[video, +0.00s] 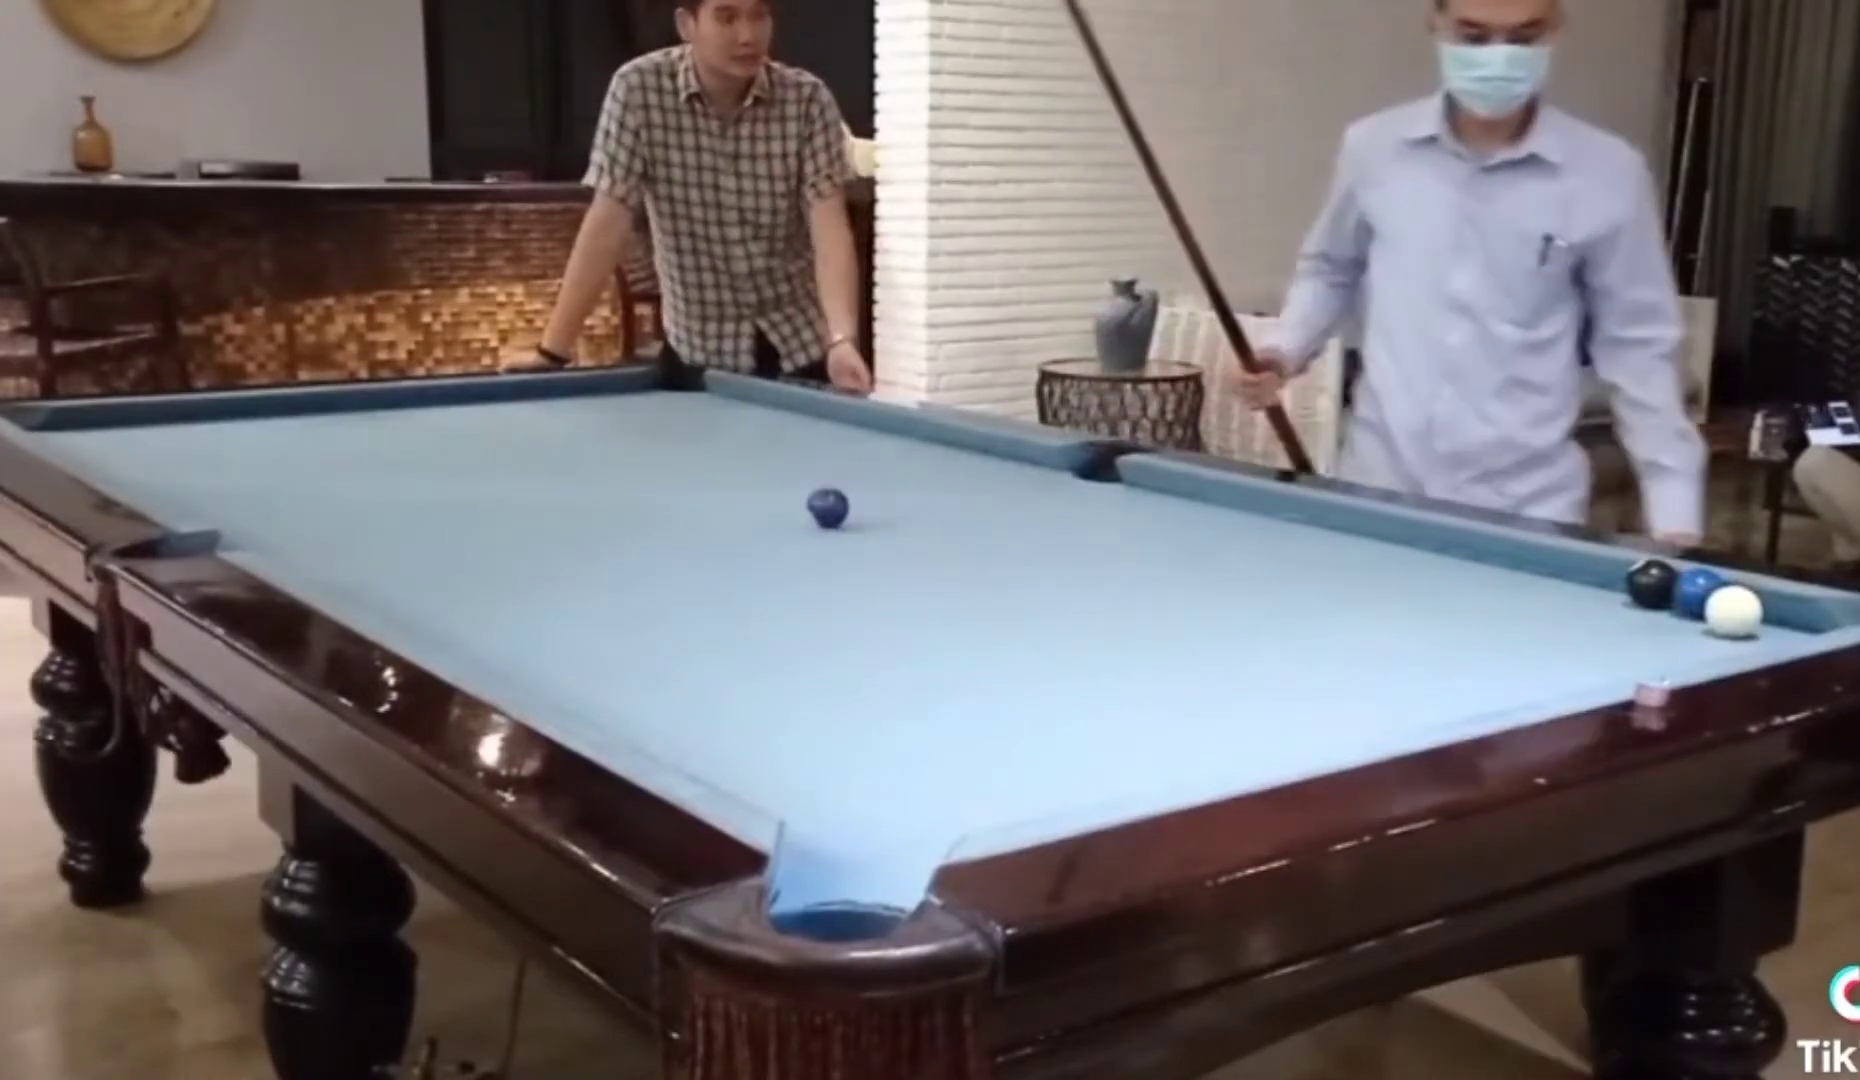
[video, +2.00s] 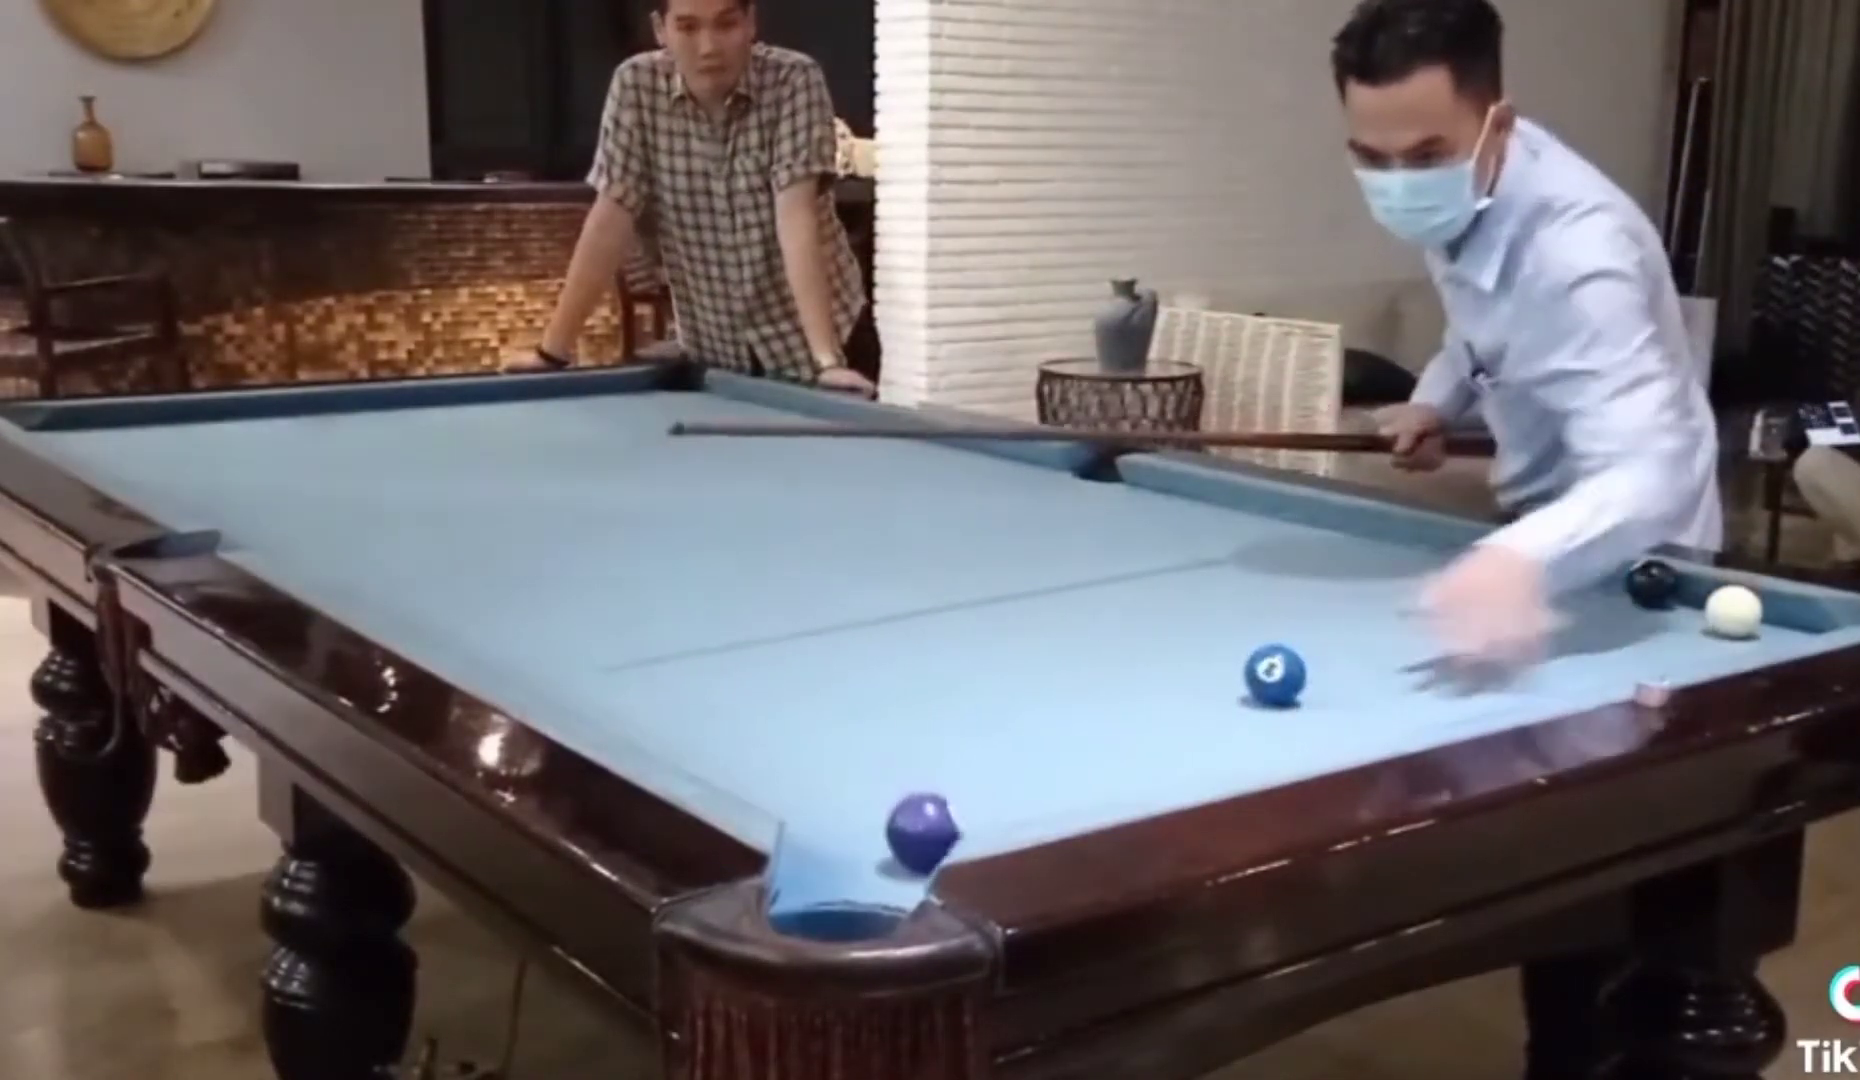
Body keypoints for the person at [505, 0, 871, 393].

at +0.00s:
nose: (747, 35)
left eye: (759, 17)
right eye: (727, 18)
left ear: (773, 23)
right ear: (686, 25)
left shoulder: (806, 98)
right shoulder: (640, 90)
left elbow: (830, 222)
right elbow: (608, 219)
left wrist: (842, 340)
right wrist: (552, 351)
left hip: (801, 336)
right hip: (700, 342)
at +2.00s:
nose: (708, 46)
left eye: (726, 25)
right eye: (688, 27)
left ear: (752, 25)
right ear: (661, 30)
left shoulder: (793, 80)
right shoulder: (637, 85)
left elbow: (798, 216)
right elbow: (612, 215)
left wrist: (828, 360)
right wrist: (553, 351)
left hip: (818, 349)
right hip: (711, 350)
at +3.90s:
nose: (721, 52)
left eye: (735, 30)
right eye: (700, 35)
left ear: (752, 26)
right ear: (663, 36)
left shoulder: (791, 80)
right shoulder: (636, 85)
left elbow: (797, 215)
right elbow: (611, 215)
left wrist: (828, 360)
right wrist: (552, 352)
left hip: (818, 347)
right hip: (712, 350)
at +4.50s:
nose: (717, 55)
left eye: (733, 33)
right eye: (696, 38)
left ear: (751, 29)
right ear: (662, 37)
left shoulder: (792, 80)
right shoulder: (637, 85)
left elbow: (798, 216)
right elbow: (610, 216)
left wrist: (829, 360)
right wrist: (550, 353)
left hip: (814, 348)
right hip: (710, 348)